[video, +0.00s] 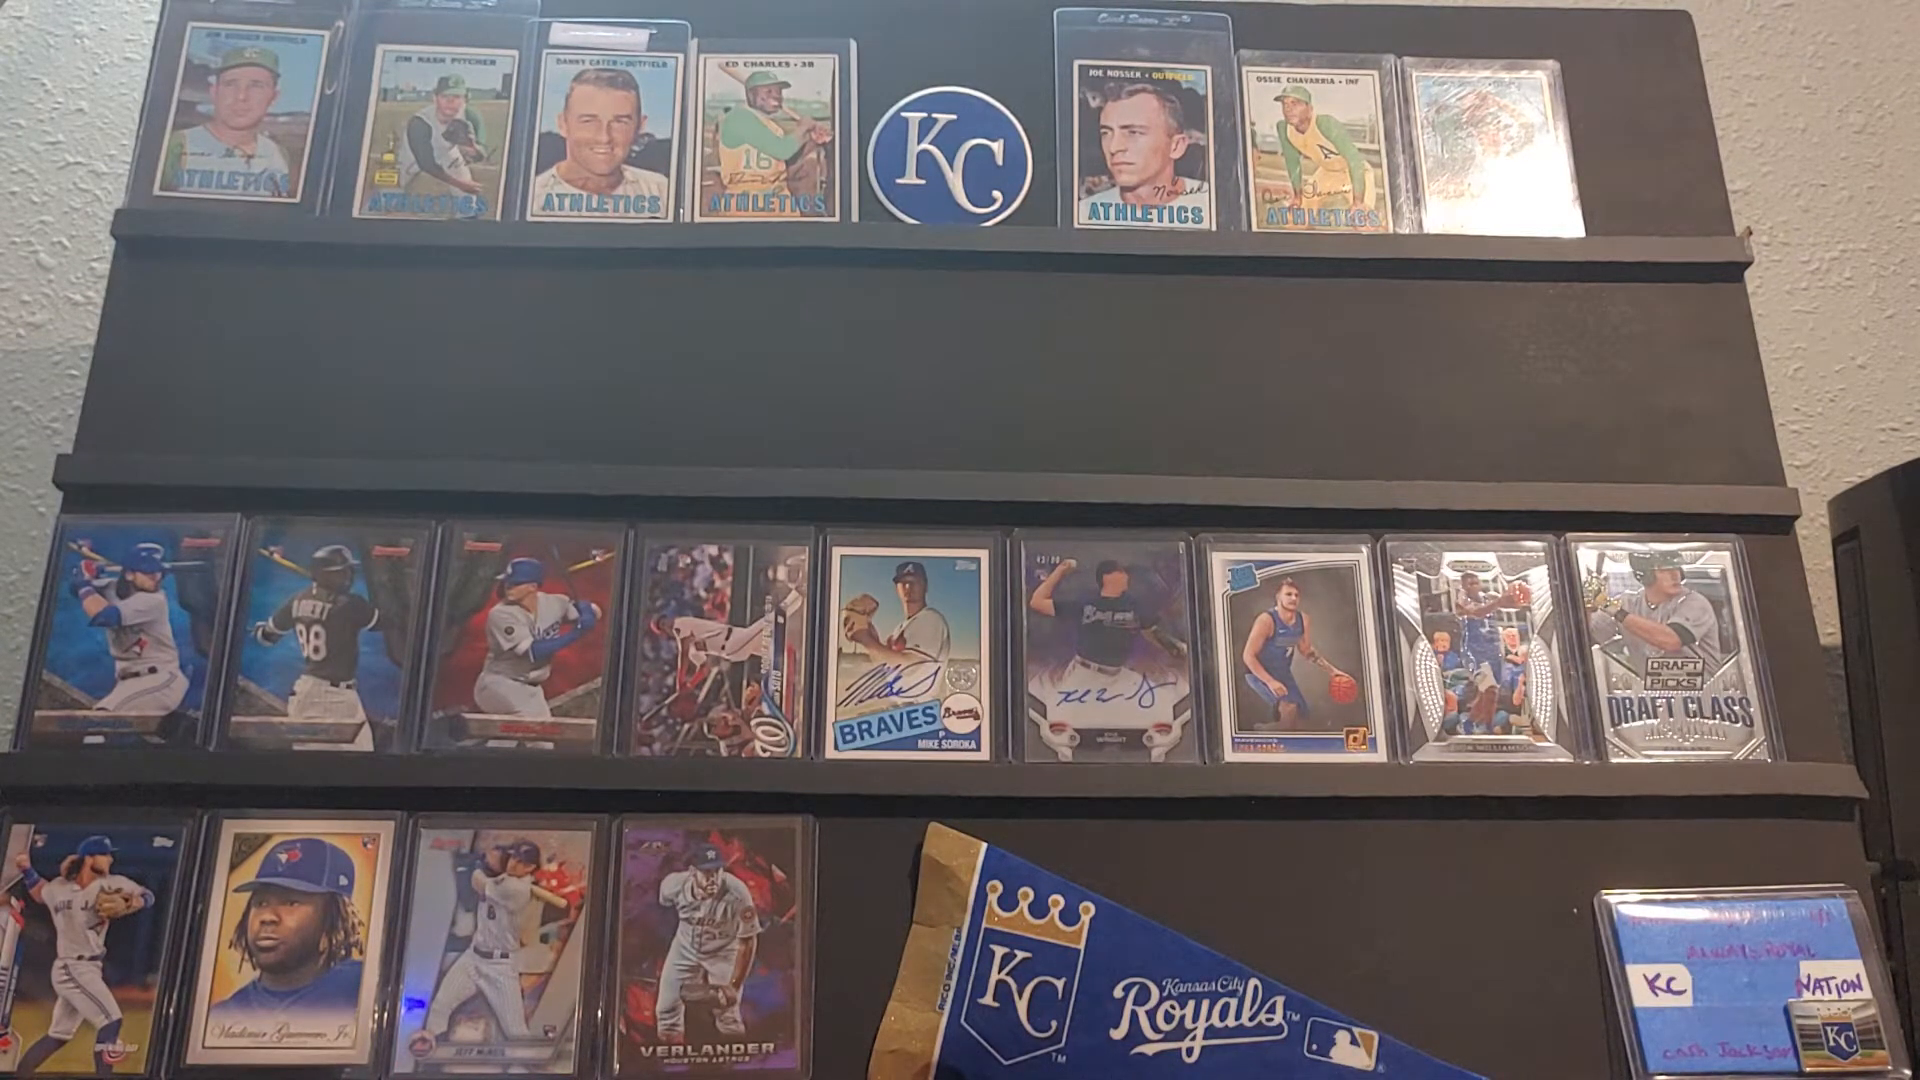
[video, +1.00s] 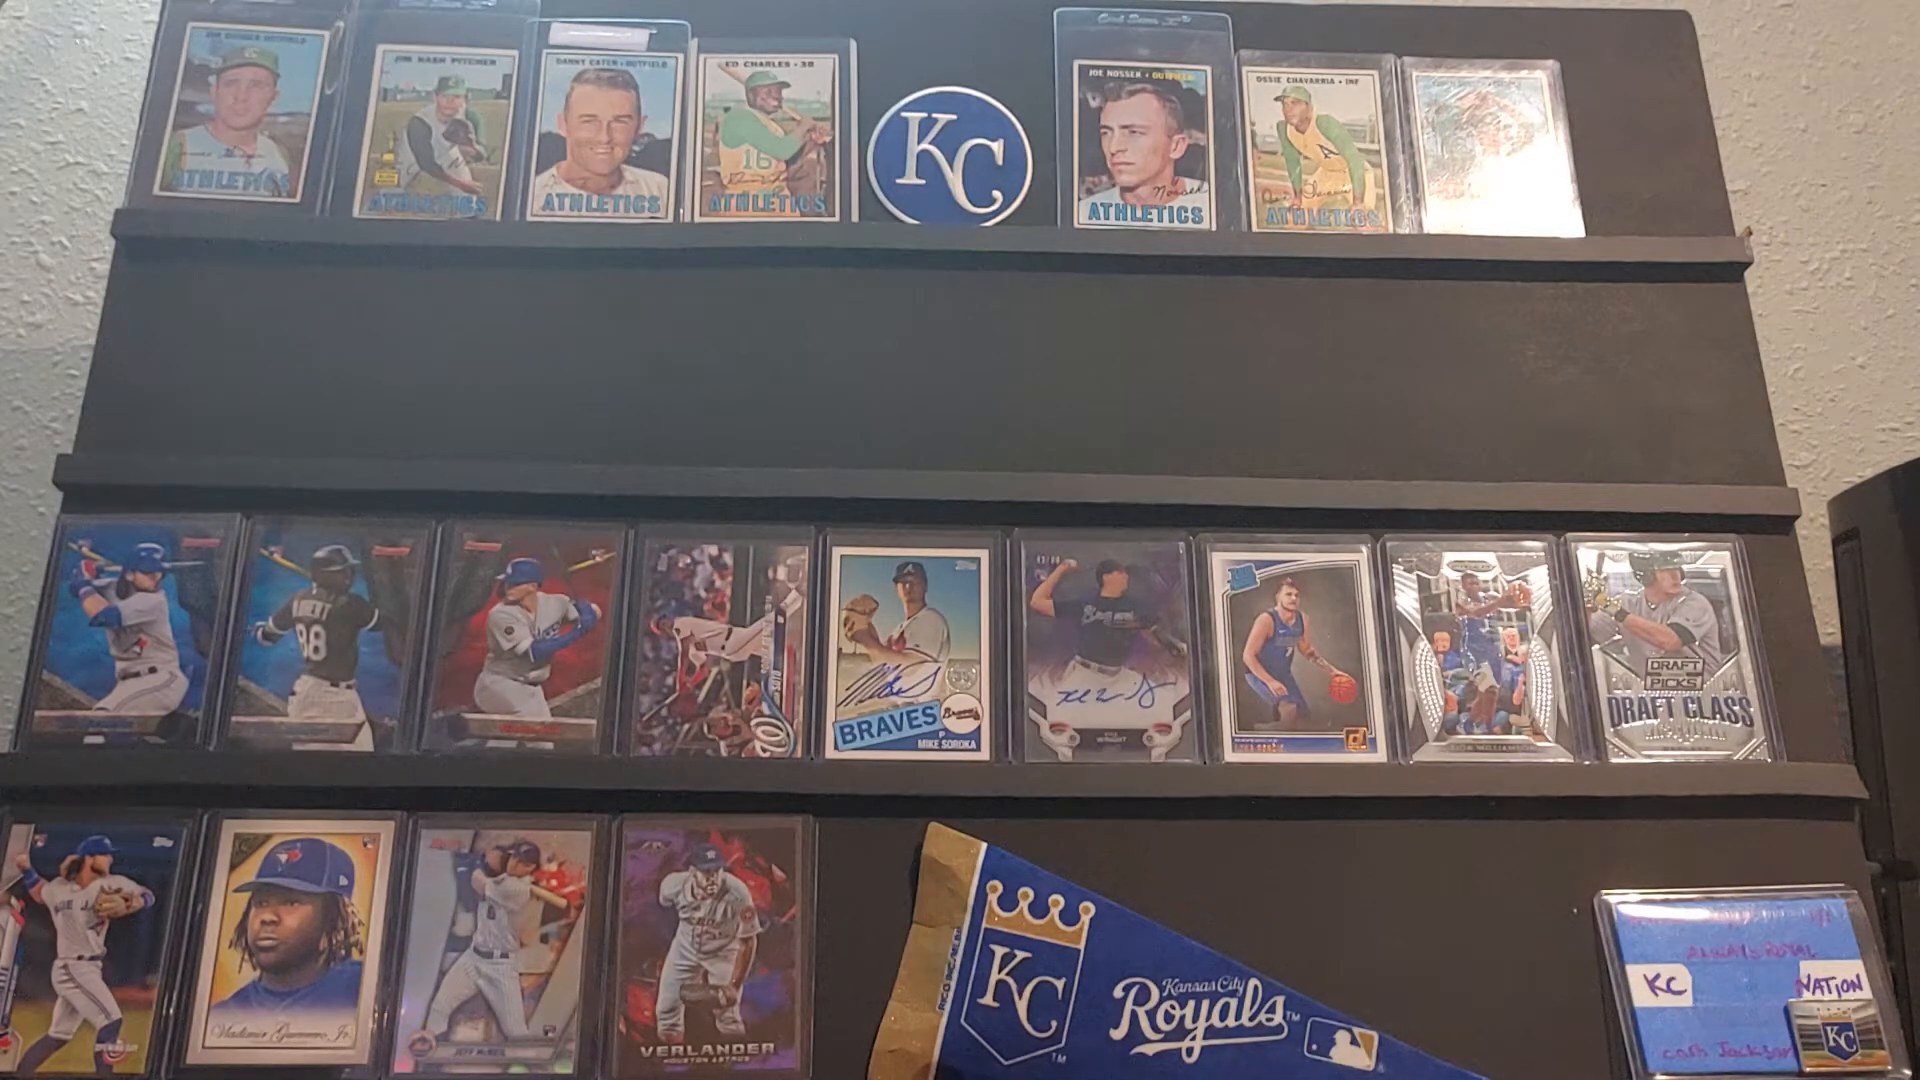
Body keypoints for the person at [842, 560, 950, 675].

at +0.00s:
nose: (907, 588)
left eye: (913, 582)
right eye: (902, 583)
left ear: (925, 587)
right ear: (896, 588)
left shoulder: (930, 619)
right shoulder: (902, 626)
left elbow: (910, 662)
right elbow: (882, 661)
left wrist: (866, 640)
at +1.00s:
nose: (907, 587)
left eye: (913, 582)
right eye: (902, 582)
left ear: (925, 586)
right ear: (896, 588)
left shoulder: (930, 619)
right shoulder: (901, 627)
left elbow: (911, 659)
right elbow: (880, 659)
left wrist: (864, 639)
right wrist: (865, 623)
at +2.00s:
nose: (907, 588)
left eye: (913, 582)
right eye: (902, 582)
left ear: (925, 586)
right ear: (896, 588)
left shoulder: (930, 619)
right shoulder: (901, 627)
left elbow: (909, 660)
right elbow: (879, 657)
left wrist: (864, 638)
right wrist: (863, 620)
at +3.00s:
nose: (907, 587)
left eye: (913, 582)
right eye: (902, 582)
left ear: (925, 586)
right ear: (896, 587)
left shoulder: (931, 619)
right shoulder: (901, 627)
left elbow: (910, 660)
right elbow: (881, 660)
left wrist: (865, 639)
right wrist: (864, 623)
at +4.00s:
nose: (907, 587)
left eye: (913, 582)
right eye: (902, 582)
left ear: (924, 586)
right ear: (896, 587)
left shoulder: (930, 619)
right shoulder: (901, 627)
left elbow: (911, 662)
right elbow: (882, 661)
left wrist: (866, 639)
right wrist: (865, 625)